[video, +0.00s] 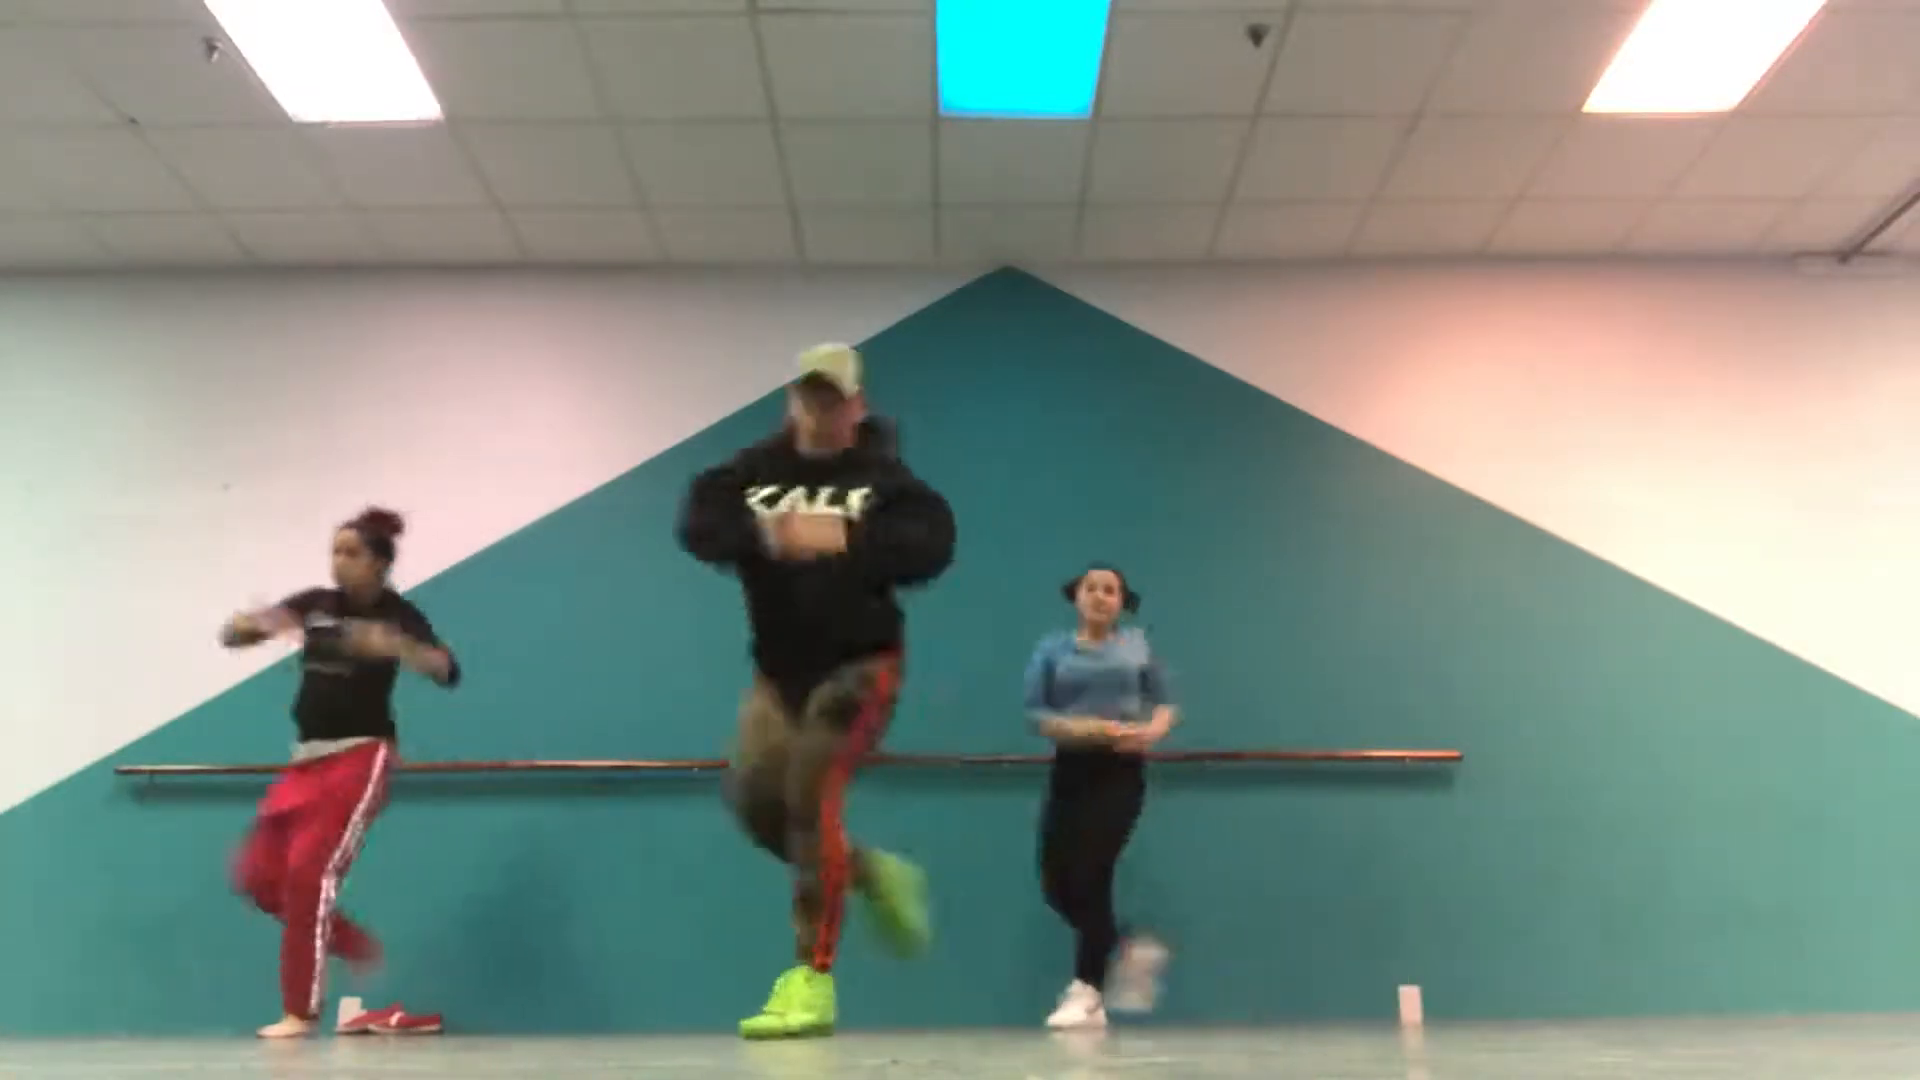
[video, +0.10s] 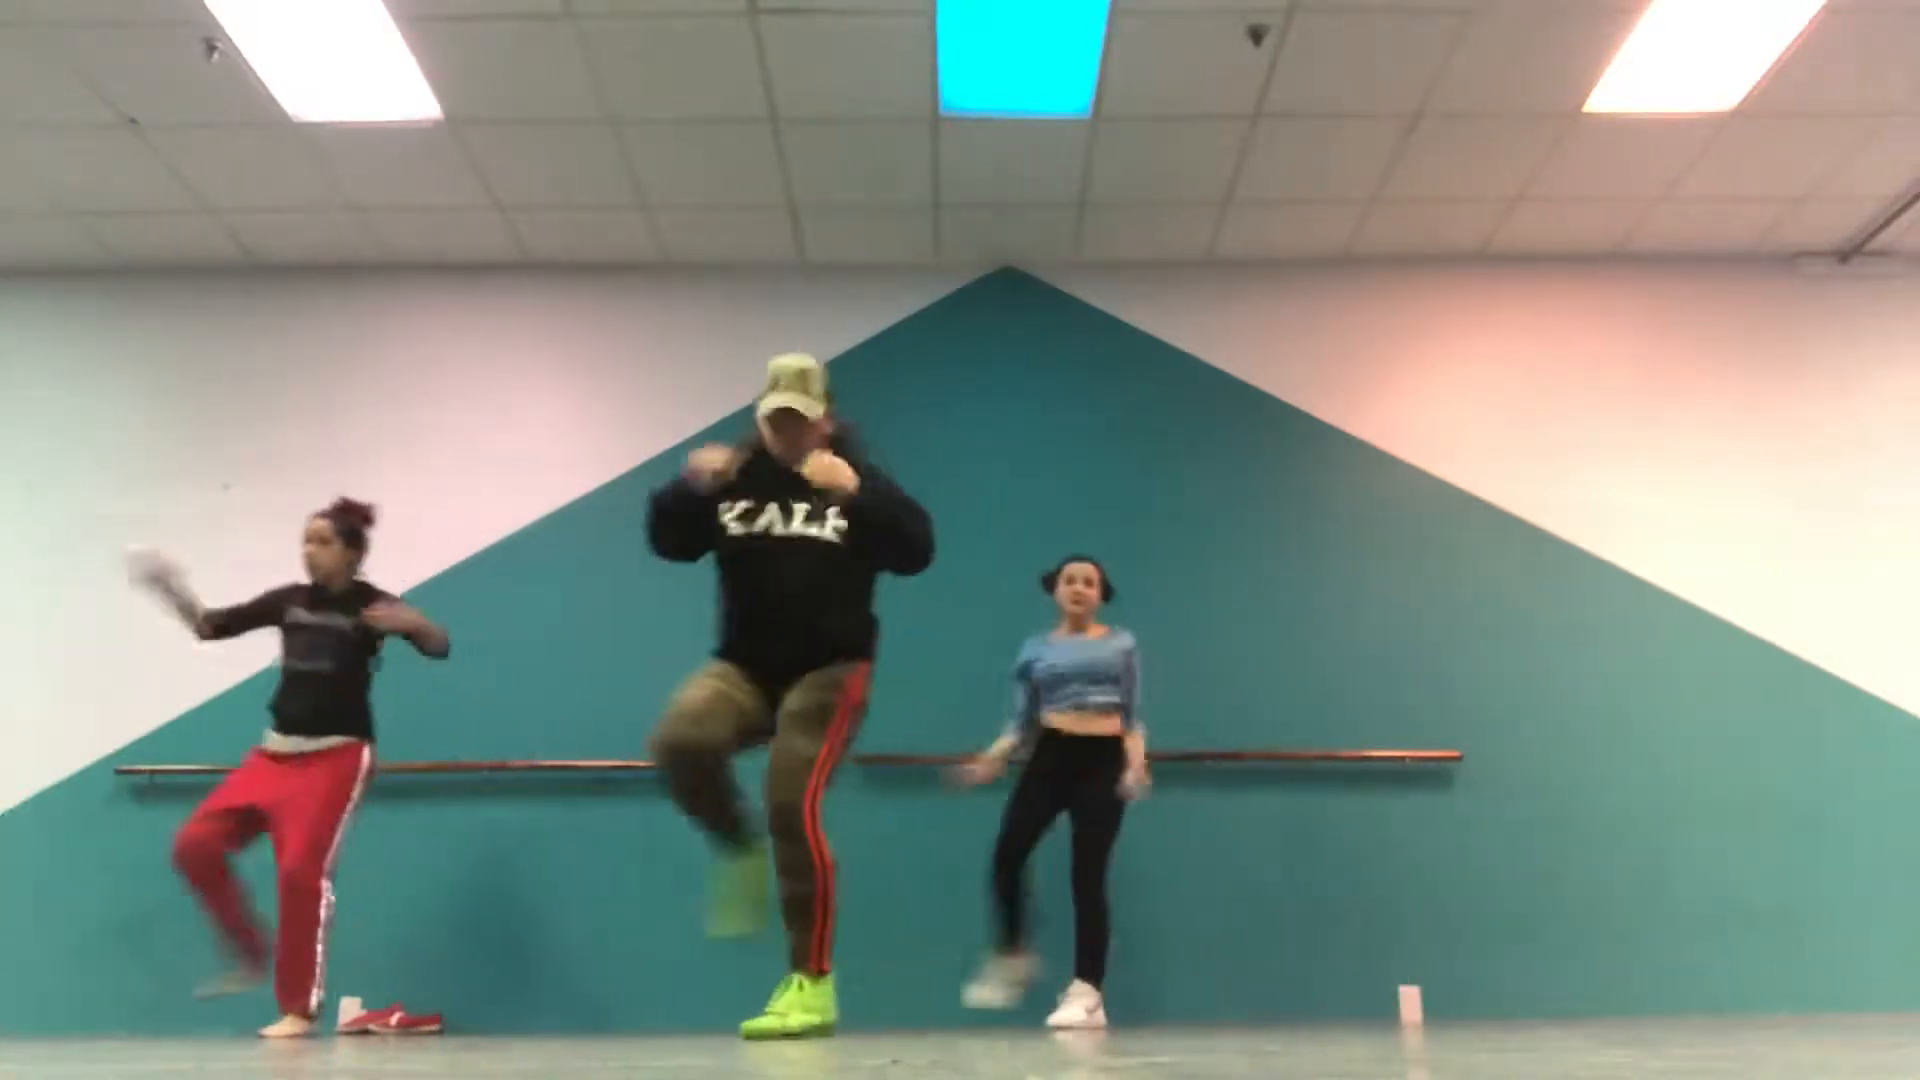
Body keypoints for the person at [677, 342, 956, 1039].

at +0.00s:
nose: (818, 410)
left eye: (833, 399)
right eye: (809, 397)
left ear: (857, 407)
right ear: (792, 402)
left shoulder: (882, 475)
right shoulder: (755, 468)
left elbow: (932, 539)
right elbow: (699, 525)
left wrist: (843, 536)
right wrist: (771, 533)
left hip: (859, 664)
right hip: (780, 670)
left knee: (814, 797)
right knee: (755, 800)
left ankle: (812, 975)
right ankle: (874, 877)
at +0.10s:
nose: (787, 430)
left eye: (799, 418)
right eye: (776, 418)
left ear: (825, 418)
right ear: (760, 418)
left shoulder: (853, 479)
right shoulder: (733, 477)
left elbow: (916, 550)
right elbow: (670, 544)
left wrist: (856, 489)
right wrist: (692, 486)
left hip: (829, 668)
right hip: (746, 665)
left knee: (790, 803)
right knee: (678, 745)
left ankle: (811, 980)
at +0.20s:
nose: (768, 398)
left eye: (782, 384)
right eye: (758, 384)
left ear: (806, 390)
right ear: (741, 389)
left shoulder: (837, 472)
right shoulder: (702, 460)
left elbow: (891, 566)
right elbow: (647, 550)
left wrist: (864, 567)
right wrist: (630, 540)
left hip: (796, 660)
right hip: (707, 654)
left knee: (789, 805)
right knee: (622, 744)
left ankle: (803, 978)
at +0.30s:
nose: (754, 372)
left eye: (767, 364)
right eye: (739, 364)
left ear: (786, 392)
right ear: (719, 390)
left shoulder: (816, 484)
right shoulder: (680, 452)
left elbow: (837, 583)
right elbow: (616, 535)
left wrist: (839, 669)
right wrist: (589, 628)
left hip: (759, 674)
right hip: (660, 660)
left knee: (815, 794)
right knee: (574, 790)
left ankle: (767, 970)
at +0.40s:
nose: (735, 417)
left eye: (750, 409)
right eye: (722, 408)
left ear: (771, 435)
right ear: (703, 431)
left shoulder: (793, 525)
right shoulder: (655, 491)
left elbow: (800, 638)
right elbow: (596, 591)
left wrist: (801, 726)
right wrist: (546, 680)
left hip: (717, 713)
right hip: (614, 698)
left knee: (806, 807)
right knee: (521, 815)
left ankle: (751, 981)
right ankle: (452, 991)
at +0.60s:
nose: (743, 384)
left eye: (755, 371)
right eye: (741, 373)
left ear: (791, 374)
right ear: (743, 382)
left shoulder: (814, 430)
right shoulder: (716, 442)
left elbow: (803, 412)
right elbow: (674, 482)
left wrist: (726, 372)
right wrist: (642, 430)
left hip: (777, 636)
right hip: (701, 639)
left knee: (750, 797)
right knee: (612, 773)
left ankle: (802, 966)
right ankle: (528, 956)